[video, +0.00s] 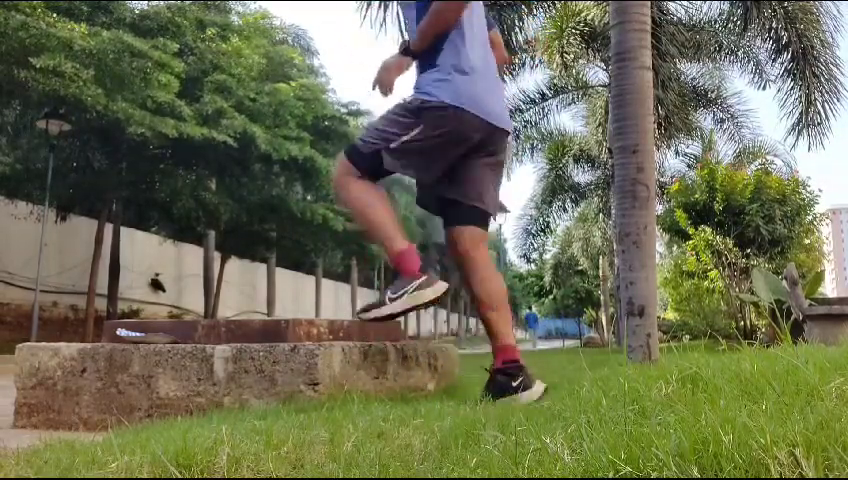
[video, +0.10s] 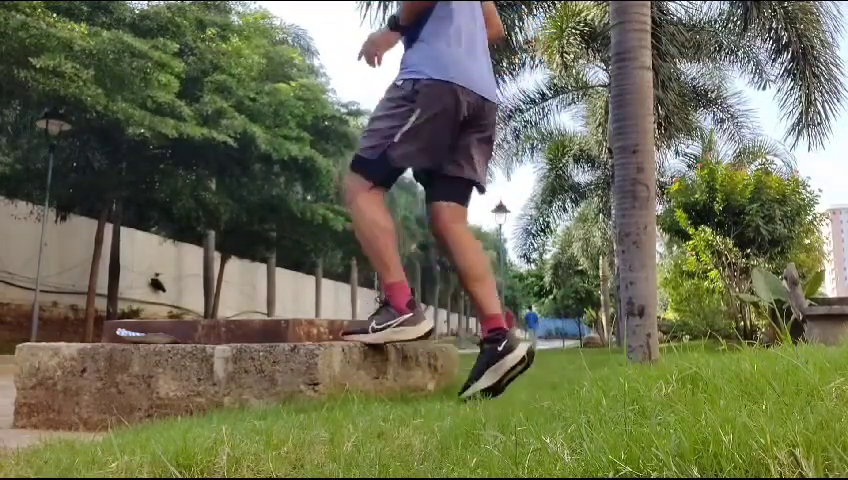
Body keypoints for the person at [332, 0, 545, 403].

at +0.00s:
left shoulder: (426, 4)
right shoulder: (467, 6)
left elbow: (454, 5)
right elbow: (499, 54)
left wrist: (405, 55)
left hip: (446, 97)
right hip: (495, 114)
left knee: (349, 174)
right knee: (469, 241)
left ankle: (410, 270)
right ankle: (510, 368)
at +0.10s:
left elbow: (419, 3)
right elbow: (494, 27)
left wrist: (391, 32)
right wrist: (438, 45)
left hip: (432, 76)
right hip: (483, 92)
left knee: (360, 186)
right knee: (450, 216)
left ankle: (400, 305)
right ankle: (499, 336)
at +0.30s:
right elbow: (494, 7)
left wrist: (379, 8)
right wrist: (455, 30)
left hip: (436, 53)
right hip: (481, 64)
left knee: (396, 179)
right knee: (423, 186)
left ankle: (411, 309)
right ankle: (435, 309)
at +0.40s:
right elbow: (501, 11)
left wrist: (379, 8)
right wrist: (462, 45)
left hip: (440, 64)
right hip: (478, 74)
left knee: (395, 185)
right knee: (425, 195)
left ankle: (458, 302)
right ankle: (428, 312)